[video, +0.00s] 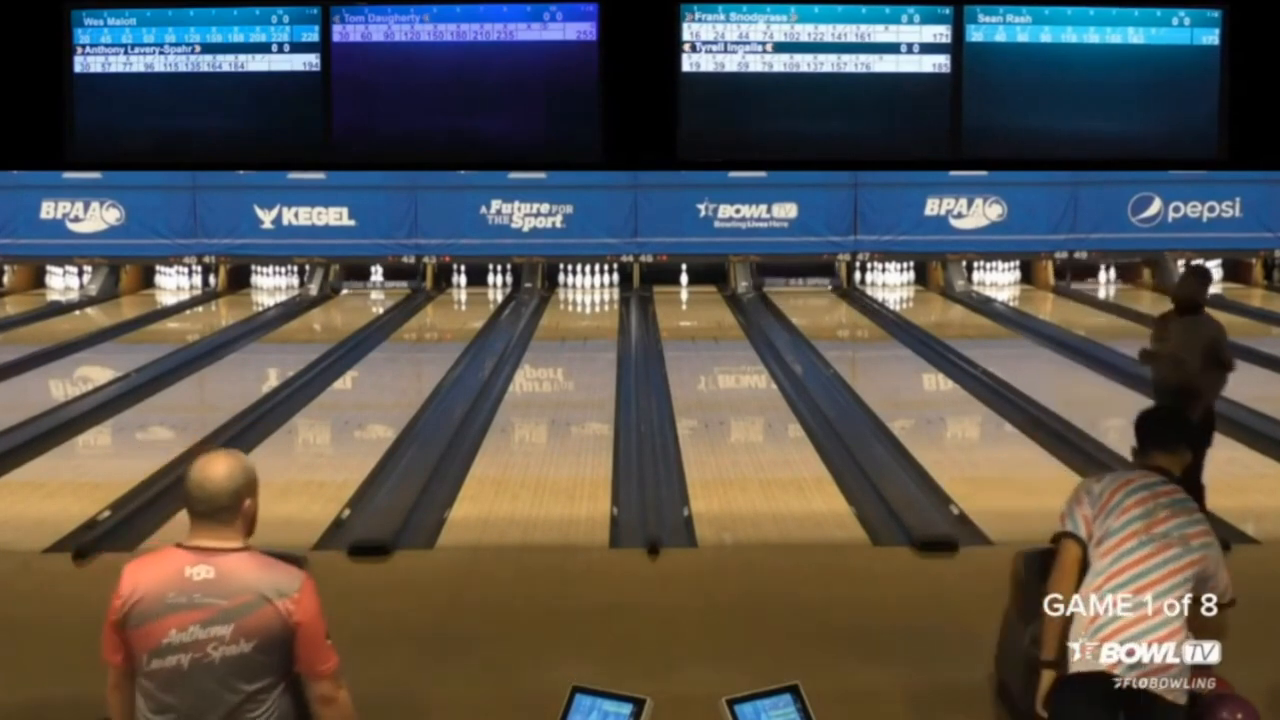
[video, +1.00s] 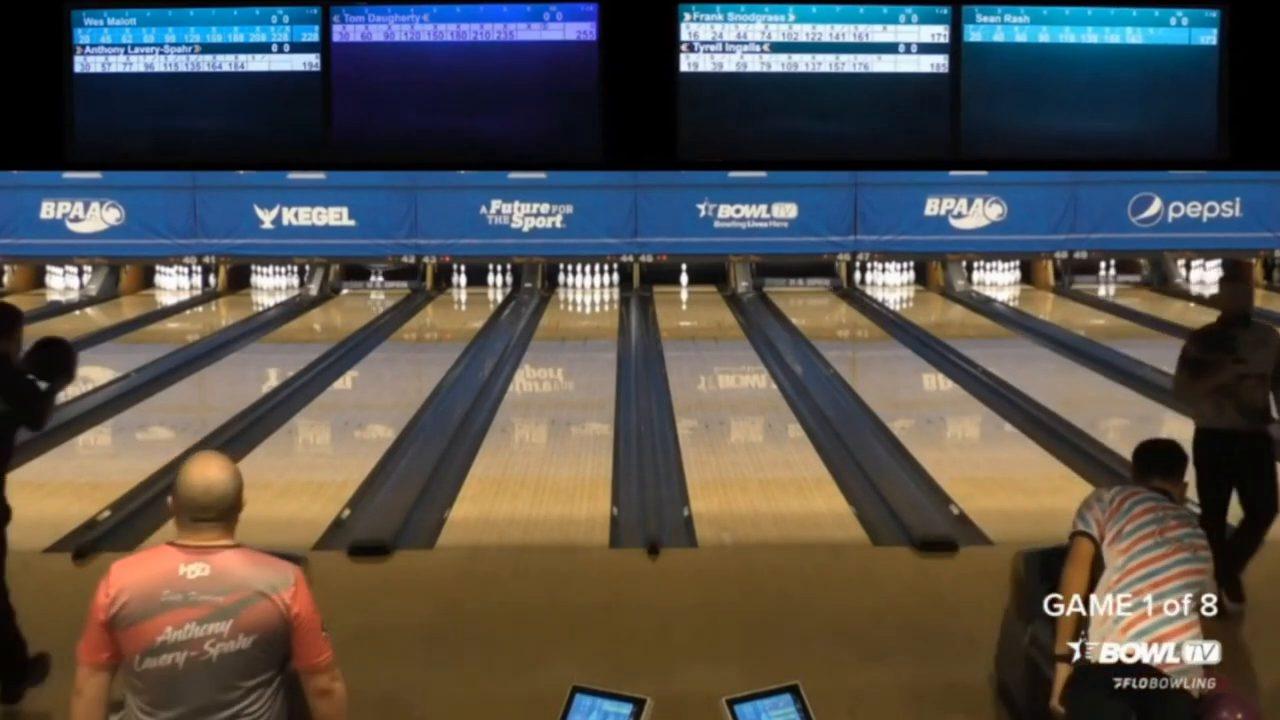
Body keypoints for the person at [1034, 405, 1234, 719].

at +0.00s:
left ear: (1135, 451)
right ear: (1188, 461)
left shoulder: (1097, 490)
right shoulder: (1199, 523)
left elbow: (1060, 590)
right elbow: (1214, 620)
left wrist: (1048, 667)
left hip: (1090, 683)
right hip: (1164, 696)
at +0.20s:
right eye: (1195, 464)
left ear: (1140, 456)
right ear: (1192, 467)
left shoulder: (1103, 494)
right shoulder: (1198, 525)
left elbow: (1065, 591)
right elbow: (1207, 620)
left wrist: (1053, 666)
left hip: (1094, 686)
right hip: (1168, 698)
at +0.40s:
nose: (1188, 486)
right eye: (1188, 480)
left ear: (1140, 469)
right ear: (1185, 481)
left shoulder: (1108, 498)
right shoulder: (1193, 525)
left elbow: (1077, 585)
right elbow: (1205, 610)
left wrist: (1062, 658)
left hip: (1108, 681)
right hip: (1177, 693)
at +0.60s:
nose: (1188, 488)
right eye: (1189, 482)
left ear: (1139, 469)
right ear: (1188, 482)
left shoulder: (1106, 498)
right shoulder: (1194, 527)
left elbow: (1074, 589)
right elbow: (1206, 615)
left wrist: (1063, 660)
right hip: (1179, 693)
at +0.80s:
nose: (1188, 490)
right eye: (1188, 483)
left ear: (1140, 471)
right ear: (1186, 481)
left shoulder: (1109, 497)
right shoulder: (1194, 526)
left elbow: (1075, 580)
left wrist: (1063, 657)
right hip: (1178, 690)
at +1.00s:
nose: (1185, 491)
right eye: (1185, 486)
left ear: (1134, 475)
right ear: (1181, 485)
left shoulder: (1107, 499)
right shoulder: (1192, 522)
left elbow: (1074, 582)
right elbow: (1207, 603)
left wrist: (1063, 658)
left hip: (1107, 679)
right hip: (1178, 691)